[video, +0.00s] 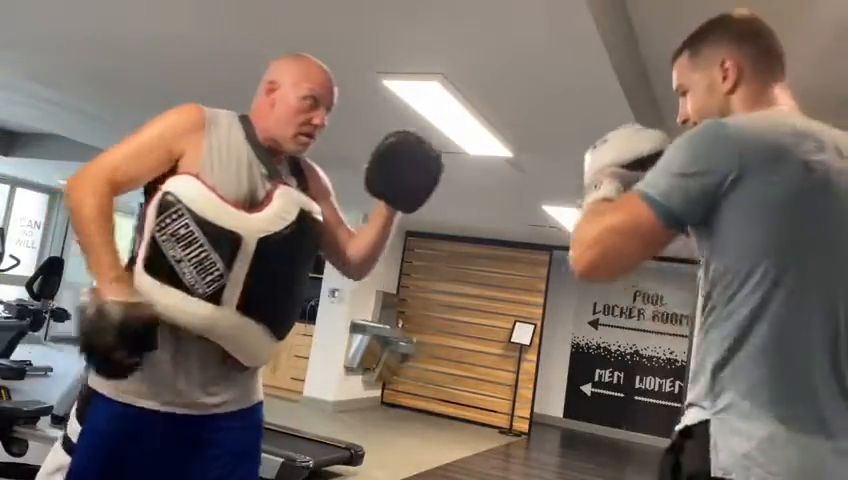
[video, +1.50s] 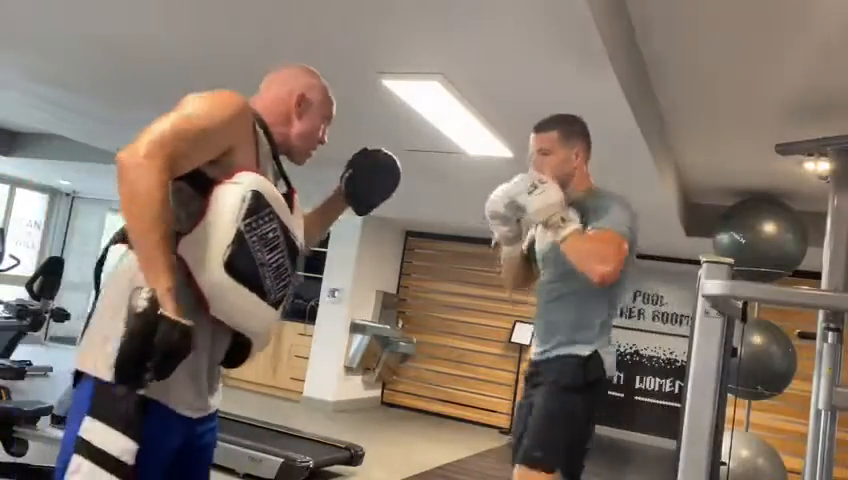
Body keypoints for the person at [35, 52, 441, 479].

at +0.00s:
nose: (321, 119)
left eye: (327, 110)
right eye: (312, 101)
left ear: (327, 118)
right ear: (269, 91)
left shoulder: (309, 180)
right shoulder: (194, 127)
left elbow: (354, 262)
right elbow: (87, 186)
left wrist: (392, 198)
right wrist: (113, 286)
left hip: (232, 410)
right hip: (137, 400)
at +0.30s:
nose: (358, 129)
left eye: (364, 118)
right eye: (351, 110)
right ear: (305, 96)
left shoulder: (330, 186)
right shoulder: (223, 119)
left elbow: (384, 259)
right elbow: (104, 167)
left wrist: (426, 192)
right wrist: (72, 276)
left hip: (230, 403)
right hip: (134, 380)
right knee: (78, 477)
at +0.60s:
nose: (315, 117)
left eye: (320, 105)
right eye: (308, 97)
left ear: (268, 86)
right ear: (264, 80)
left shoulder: (278, 171)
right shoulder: (172, 113)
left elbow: (338, 242)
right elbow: (51, 178)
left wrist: (384, 169)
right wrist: (74, 297)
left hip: (212, 420)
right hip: (117, 414)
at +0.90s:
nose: (263, 88)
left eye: (266, 74)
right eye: (258, 69)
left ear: (217, 55)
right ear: (216, 53)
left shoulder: (210, 141)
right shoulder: (118, 90)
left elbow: (260, 208)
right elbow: (13, 169)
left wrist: (318, 146)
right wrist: (56, 325)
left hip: (164, 401)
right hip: (84, 407)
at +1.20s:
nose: (288, 116)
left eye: (292, 102)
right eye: (287, 98)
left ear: (249, 80)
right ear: (253, 78)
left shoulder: (229, 166)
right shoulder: (164, 103)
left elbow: (252, 227)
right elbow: (60, 181)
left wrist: (309, 182)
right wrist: (91, 333)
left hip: (159, 401)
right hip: (81, 393)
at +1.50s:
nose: (325, 137)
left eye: (329, 126)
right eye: (324, 121)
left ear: (295, 105)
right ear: (298, 103)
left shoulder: (275, 183)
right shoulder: (230, 111)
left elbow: (291, 241)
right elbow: (140, 161)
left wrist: (343, 198)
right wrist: (166, 299)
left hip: (196, 392)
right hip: (137, 378)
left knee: (187, 473)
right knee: (104, 474)